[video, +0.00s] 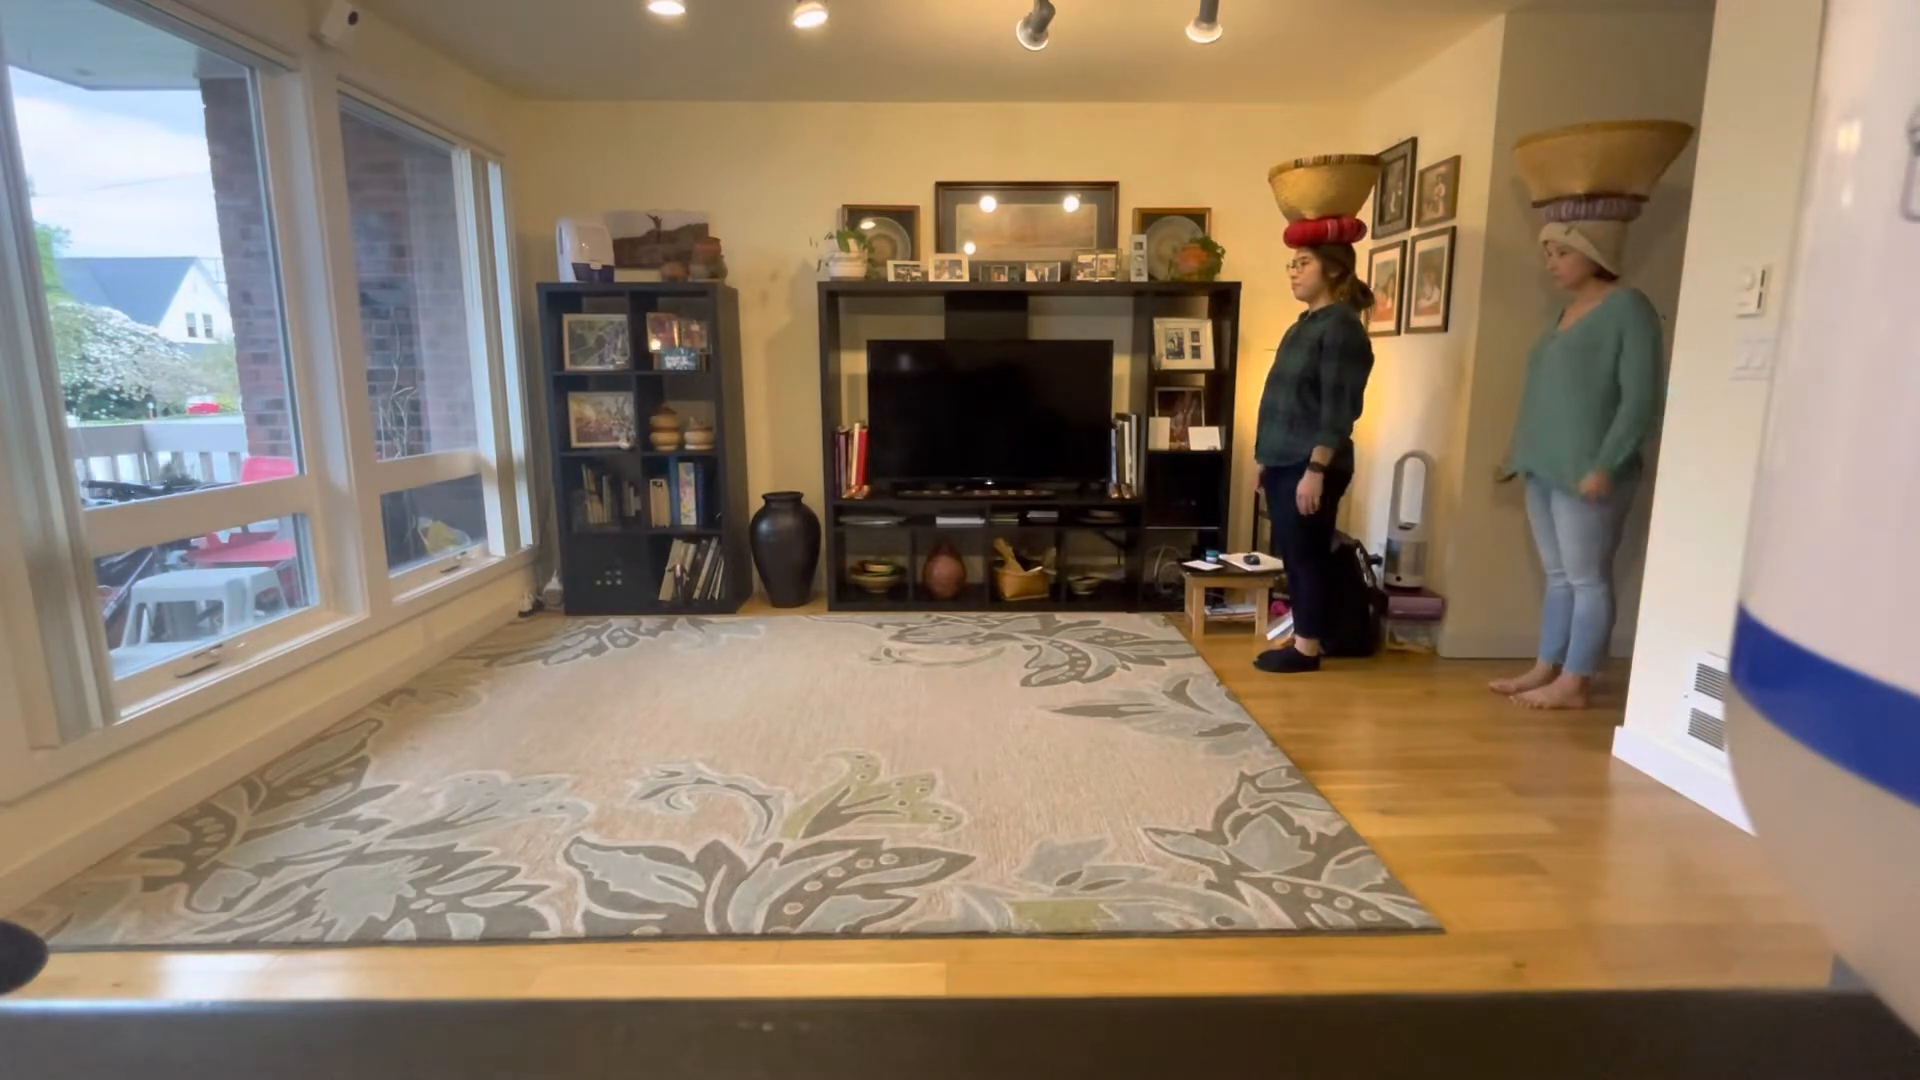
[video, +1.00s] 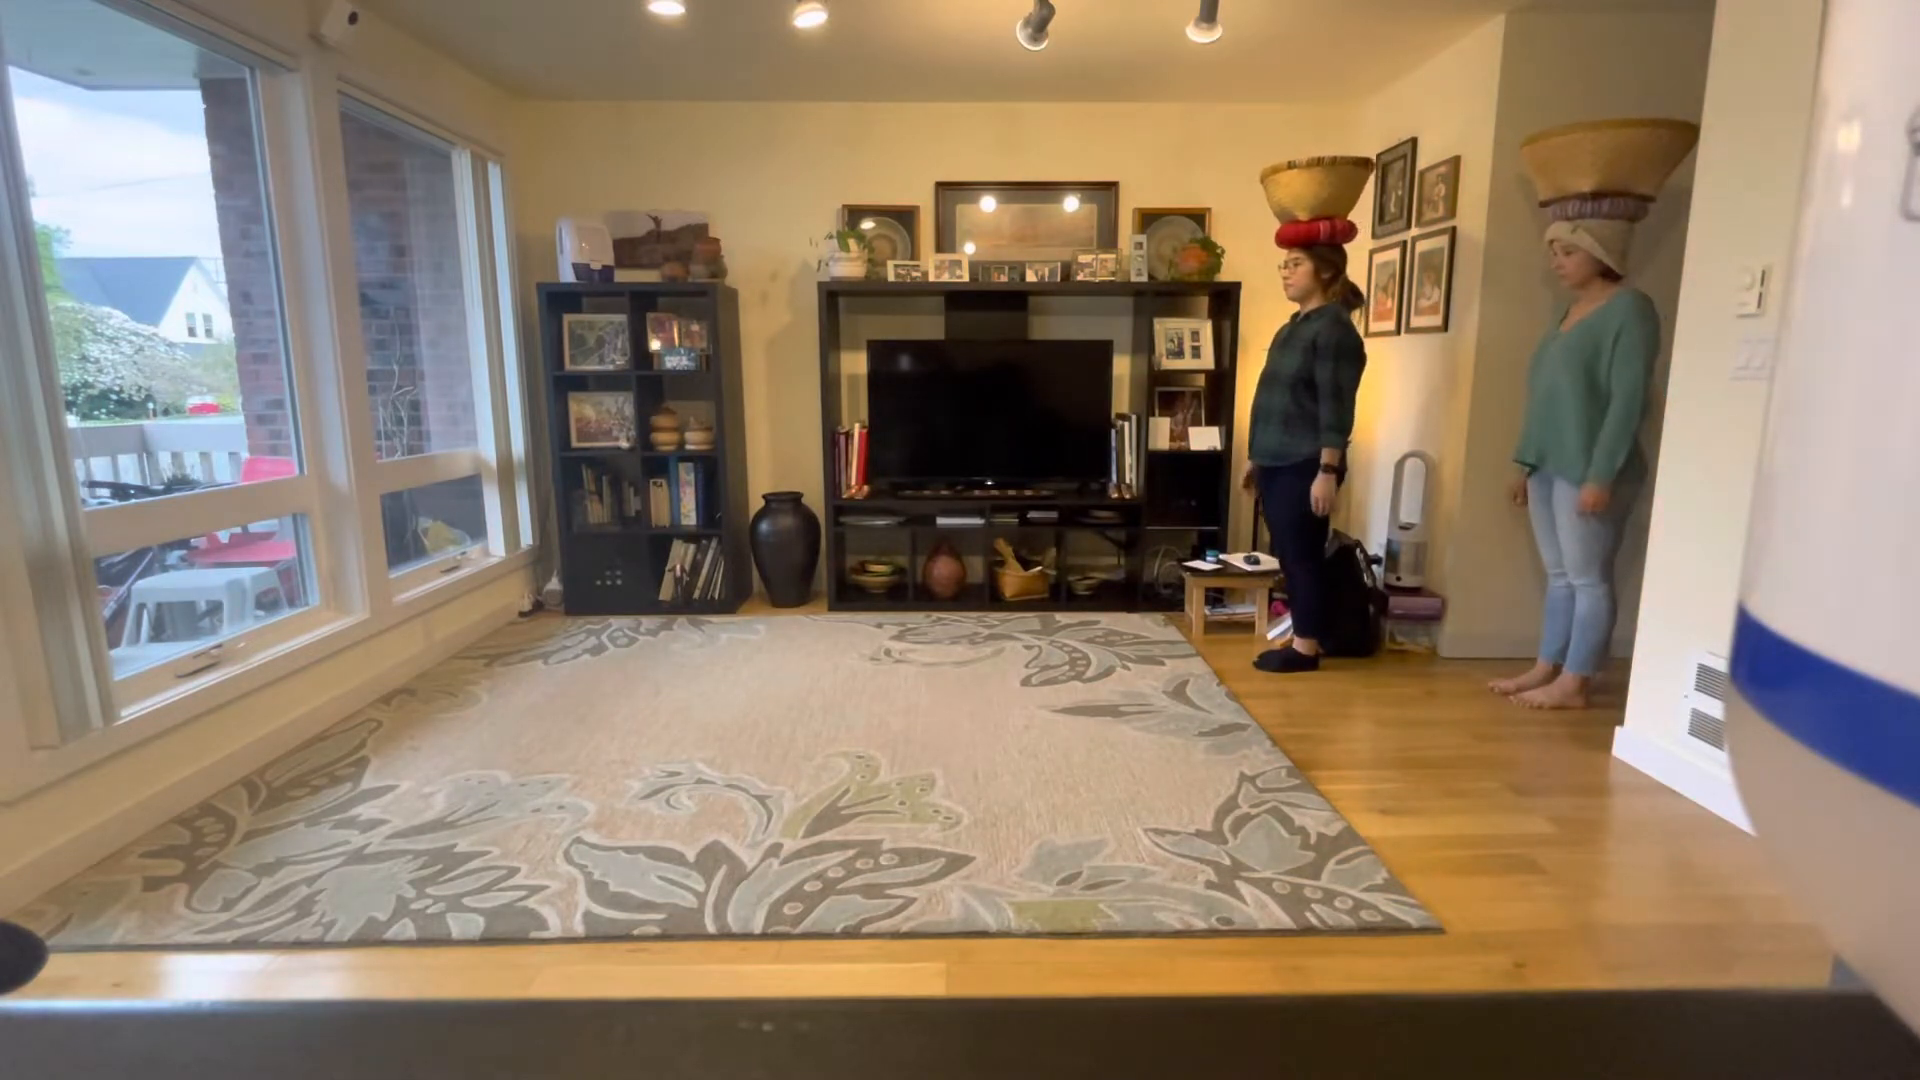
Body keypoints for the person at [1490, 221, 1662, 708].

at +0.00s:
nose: (1552, 264)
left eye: (1560, 253)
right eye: (1549, 255)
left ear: (1592, 254)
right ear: (1556, 260)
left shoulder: (1629, 308)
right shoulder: (1568, 312)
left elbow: (1640, 399)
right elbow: (1552, 394)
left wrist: (1606, 466)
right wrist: (1524, 453)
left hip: (1589, 472)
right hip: (1543, 467)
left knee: (1586, 578)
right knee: (1558, 575)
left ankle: (1575, 682)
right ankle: (1546, 667)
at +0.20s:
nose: (1554, 263)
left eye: (1562, 252)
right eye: (1550, 254)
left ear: (1595, 254)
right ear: (1555, 260)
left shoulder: (1628, 308)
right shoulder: (1569, 311)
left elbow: (1622, 398)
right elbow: (1548, 393)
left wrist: (1588, 467)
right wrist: (1524, 457)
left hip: (1589, 470)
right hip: (1545, 466)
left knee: (1587, 577)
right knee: (1559, 575)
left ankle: (1575, 682)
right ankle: (1546, 667)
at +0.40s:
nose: (1556, 263)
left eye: (1565, 252)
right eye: (1553, 253)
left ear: (1598, 254)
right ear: (1555, 259)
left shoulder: (1630, 309)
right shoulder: (1571, 312)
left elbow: (1626, 399)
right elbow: (1548, 397)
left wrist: (1601, 472)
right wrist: (1525, 462)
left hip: (1590, 469)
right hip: (1547, 466)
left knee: (1586, 577)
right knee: (1558, 574)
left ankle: (1575, 682)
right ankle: (1546, 667)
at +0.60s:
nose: (1557, 263)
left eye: (1567, 252)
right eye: (1554, 254)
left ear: (1599, 256)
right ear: (1556, 260)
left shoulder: (1630, 309)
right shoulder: (1571, 313)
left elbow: (1627, 398)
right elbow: (1546, 396)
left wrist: (1608, 474)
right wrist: (1526, 463)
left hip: (1588, 466)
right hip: (1546, 464)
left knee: (1586, 577)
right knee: (1558, 574)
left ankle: (1575, 682)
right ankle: (1546, 667)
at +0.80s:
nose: (1558, 263)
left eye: (1568, 252)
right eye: (1555, 253)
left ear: (1600, 255)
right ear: (1557, 260)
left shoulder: (1631, 309)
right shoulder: (1572, 312)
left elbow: (1629, 399)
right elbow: (1548, 395)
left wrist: (1603, 474)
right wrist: (1528, 463)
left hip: (1589, 466)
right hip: (1547, 463)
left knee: (1586, 577)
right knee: (1559, 574)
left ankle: (1574, 682)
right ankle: (1546, 667)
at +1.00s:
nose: (1557, 263)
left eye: (1567, 253)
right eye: (1555, 254)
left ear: (1600, 256)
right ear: (1557, 259)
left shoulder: (1630, 309)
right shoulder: (1571, 313)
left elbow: (1628, 399)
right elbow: (1546, 397)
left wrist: (1600, 475)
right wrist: (1524, 465)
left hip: (1589, 467)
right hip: (1547, 464)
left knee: (1587, 577)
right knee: (1559, 574)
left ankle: (1575, 682)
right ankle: (1546, 667)